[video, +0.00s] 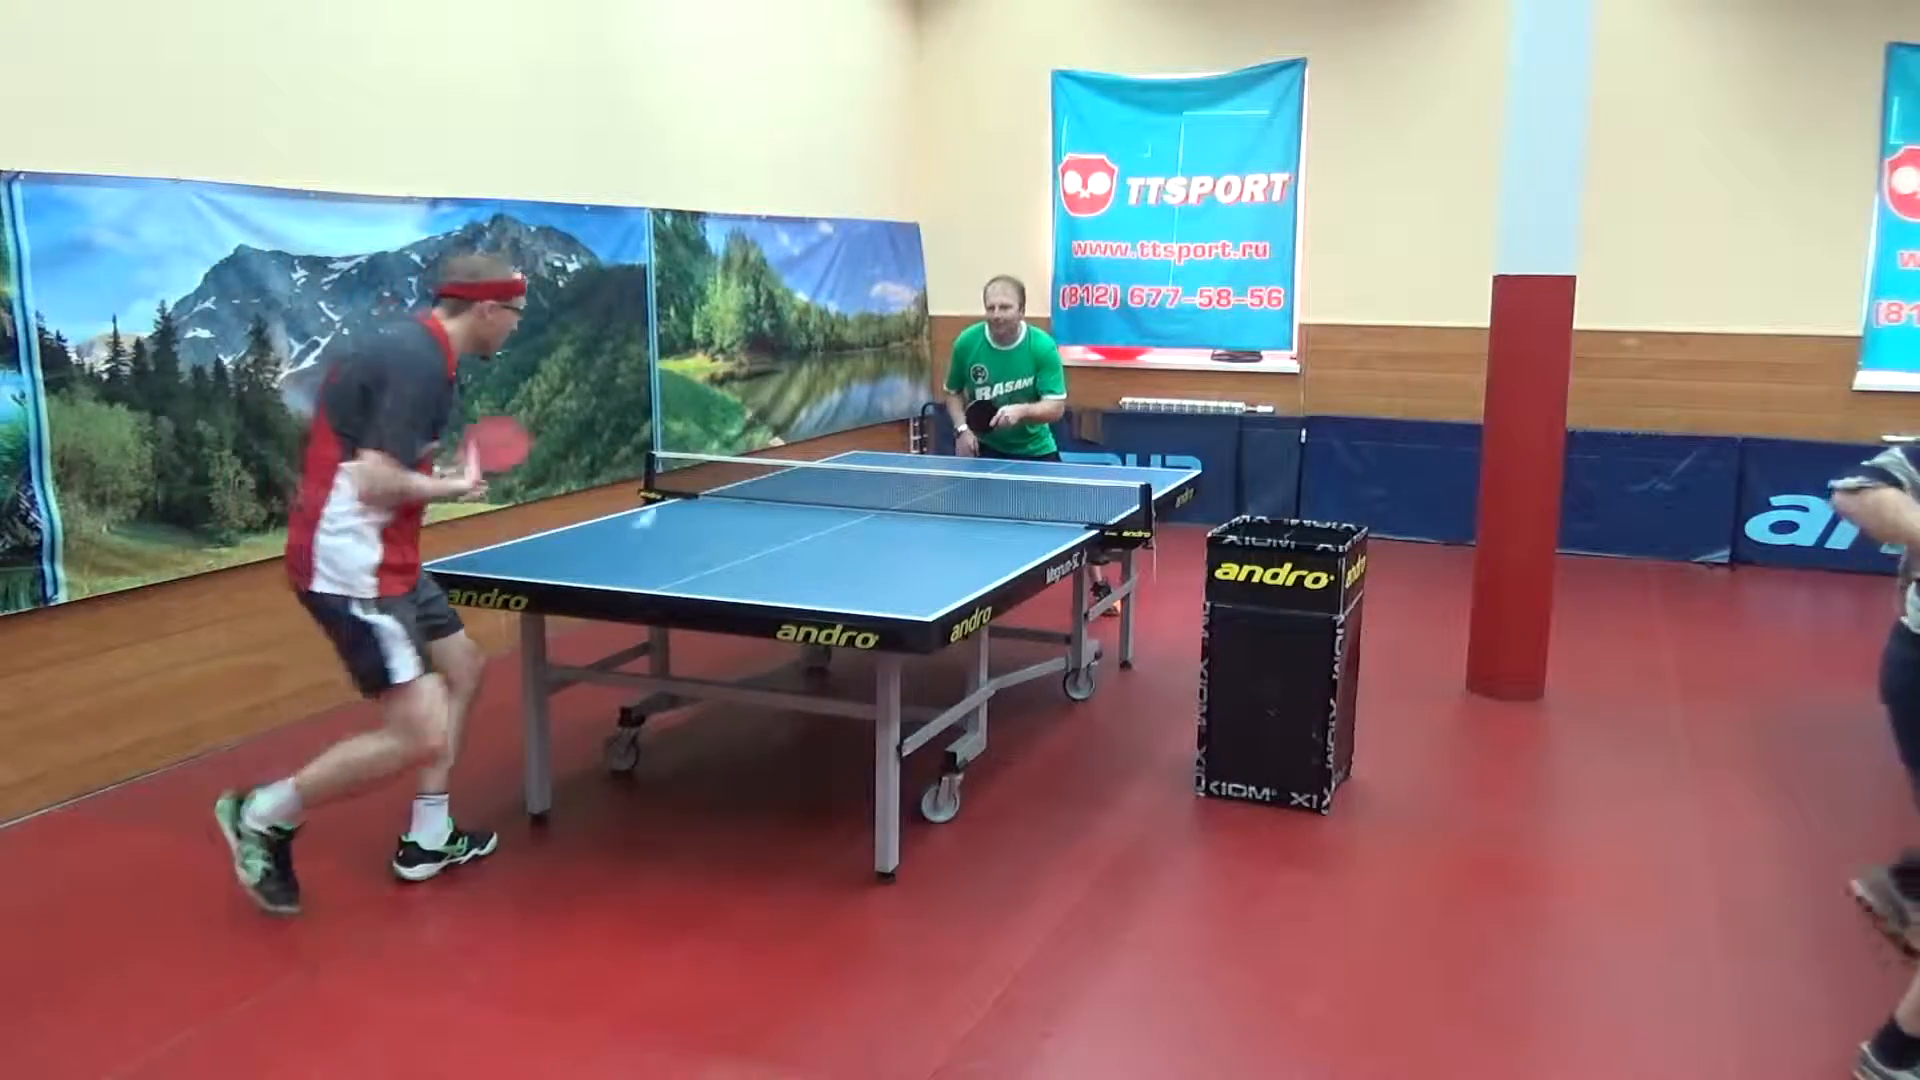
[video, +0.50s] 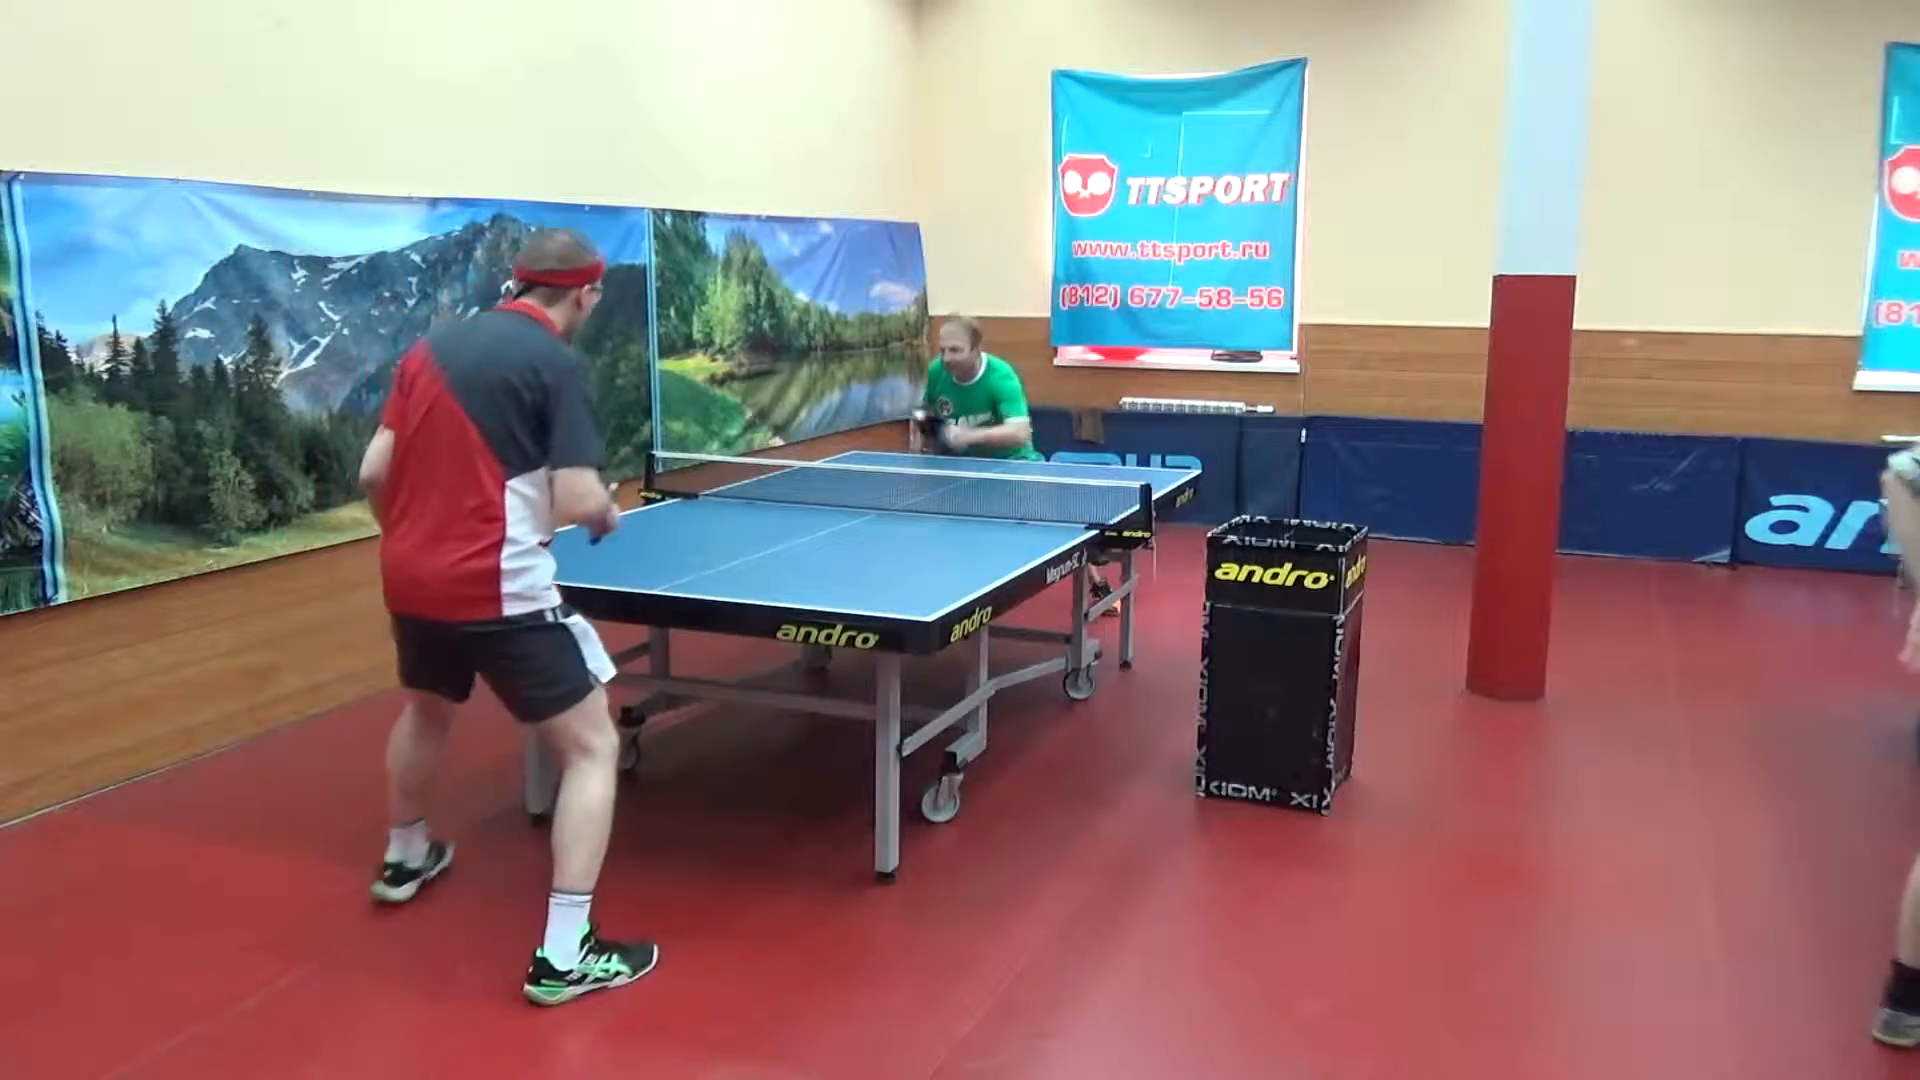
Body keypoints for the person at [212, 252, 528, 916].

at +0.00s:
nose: (514, 325)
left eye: (515, 313)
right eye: (510, 312)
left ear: (468, 306)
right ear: (478, 309)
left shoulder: (422, 353)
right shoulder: (415, 360)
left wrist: (442, 469)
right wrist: (457, 483)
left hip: (386, 562)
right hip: (346, 572)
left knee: (463, 665)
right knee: (419, 731)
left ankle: (429, 835)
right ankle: (260, 814)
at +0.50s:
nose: (594, 308)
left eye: (593, 296)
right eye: (596, 296)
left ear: (517, 285)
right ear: (580, 294)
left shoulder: (433, 345)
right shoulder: (553, 361)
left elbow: (374, 474)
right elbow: (577, 503)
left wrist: (416, 537)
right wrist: (603, 508)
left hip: (412, 582)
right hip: (503, 589)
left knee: (425, 708)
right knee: (591, 748)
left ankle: (404, 857)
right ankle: (565, 951)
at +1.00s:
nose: (528, 349)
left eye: (528, 338)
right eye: (530, 338)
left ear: (457, 320)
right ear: (520, 335)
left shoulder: (404, 374)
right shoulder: (519, 402)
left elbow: (356, 506)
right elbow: (451, 482)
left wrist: (270, 626)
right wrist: (339, 497)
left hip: (394, 629)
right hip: (508, 630)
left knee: (364, 734)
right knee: (594, 762)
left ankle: (311, 905)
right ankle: (569, 949)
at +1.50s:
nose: (350, 284)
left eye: (346, 272)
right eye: (349, 273)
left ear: (265, 271)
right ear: (337, 273)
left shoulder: (199, 339)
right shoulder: (373, 356)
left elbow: (171, 480)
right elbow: (417, 494)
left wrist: (153, 588)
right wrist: (451, 599)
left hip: (254, 584)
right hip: (367, 574)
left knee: (273, 736)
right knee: (449, 747)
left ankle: (280, 918)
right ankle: (506, 943)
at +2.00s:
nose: (504, 248)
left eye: (498, 234)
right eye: (502, 235)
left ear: (412, 236)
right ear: (487, 236)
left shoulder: (333, 327)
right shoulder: (498, 342)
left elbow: (314, 476)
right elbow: (528, 491)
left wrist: (319, 578)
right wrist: (570, 518)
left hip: (382, 606)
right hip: (496, 608)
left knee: (356, 783)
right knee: (576, 762)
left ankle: (316, 986)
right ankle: (626, 950)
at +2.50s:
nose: (509, 253)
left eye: (503, 239)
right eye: (509, 240)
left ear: (420, 237)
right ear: (494, 238)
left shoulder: (338, 326)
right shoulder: (503, 341)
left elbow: (314, 475)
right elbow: (531, 492)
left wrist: (315, 579)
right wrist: (570, 518)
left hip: (380, 606)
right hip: (496, 607)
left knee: (356, 784)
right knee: (576, 765)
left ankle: (316, 988)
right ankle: (626, 949)